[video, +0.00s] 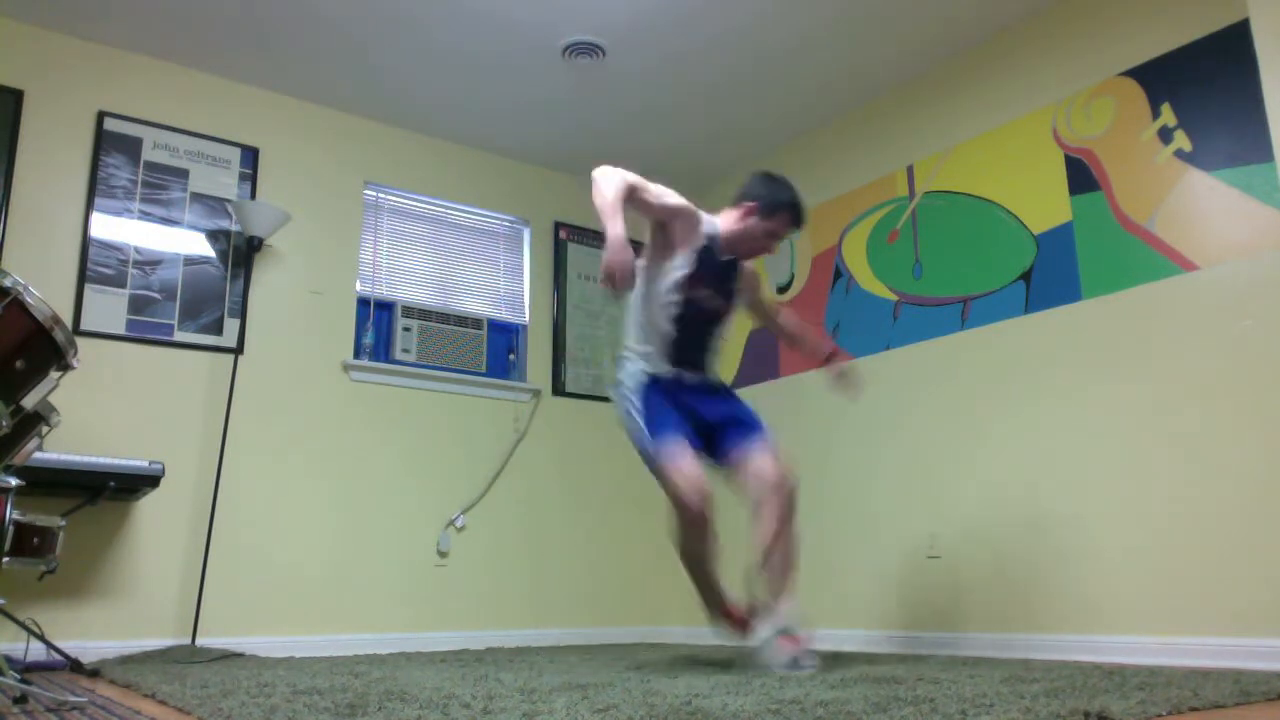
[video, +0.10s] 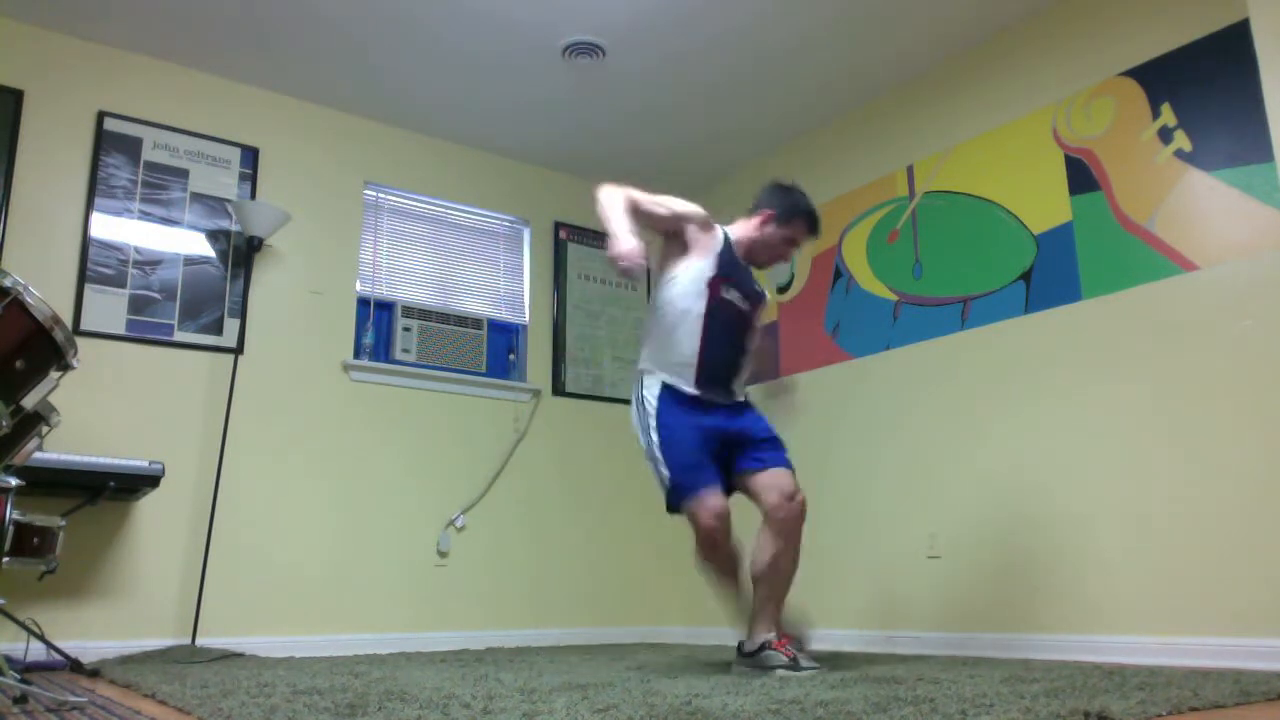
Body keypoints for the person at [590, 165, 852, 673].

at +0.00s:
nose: (769, 250)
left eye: (777, 243)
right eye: (770, 237)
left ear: (756, 225)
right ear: (745, 212)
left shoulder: (743, 272)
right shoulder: (683, 219)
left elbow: (775, 317)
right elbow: (608, 178)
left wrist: (829, 353)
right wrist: (616, 239)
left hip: (702, 388)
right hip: (649, 383)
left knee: (775, 481)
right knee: (693, 495)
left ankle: (772, 620)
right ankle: (718, 607)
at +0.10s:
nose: (788, 255)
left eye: (794, 248)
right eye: (789, 242)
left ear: (769, 228)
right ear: (763, 220)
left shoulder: (754, 297)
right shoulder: (699, 228)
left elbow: (742, 373)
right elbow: (611, 193)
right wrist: (622, 235)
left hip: (729, 405)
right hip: (670, 397)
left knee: (787, 504)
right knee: (712, 517)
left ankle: (761, 639)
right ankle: (762, 623)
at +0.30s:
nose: (774, 211)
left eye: (782, 207)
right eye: (775, 199)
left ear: (780, 204)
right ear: (756, 178)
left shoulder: (754, 235)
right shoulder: (688, 189)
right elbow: (688, 207)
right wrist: (741, 219)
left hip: (724, 368)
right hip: (671, 358)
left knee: (771, 480)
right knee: (709, 462)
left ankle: (775, 621)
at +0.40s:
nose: (770, 215)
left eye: (776, 208)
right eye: (771, 202)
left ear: (751, 185)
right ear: (745, 179)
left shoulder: (735, 225)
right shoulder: (686, 201)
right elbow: (743, 240)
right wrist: (824, 245)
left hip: (700, 371)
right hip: (662, 362)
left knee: (770, 476)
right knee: (707, 495)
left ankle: (777, 609)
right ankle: (655, 638)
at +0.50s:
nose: (783, 261)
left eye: (791, 255)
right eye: (786, 250)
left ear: (779, 233)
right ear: (771, 227)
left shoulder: (746, 255)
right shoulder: (704, 229)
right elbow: (726, 286)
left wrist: (811, 275)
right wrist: (815, 270)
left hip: (669, 383)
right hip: (634, 374)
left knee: (750, 469)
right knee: (684, 506)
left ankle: (746, 601)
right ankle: (654, 642)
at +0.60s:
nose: (800, 279)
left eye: (810, 271)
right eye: (805, 265)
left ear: (794, 245)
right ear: (789, 236)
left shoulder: (741, 284)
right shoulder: (718, 230)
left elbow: (693, 356)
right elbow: (664, 279)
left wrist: (722, 399)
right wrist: (714, 318)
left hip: (666, 379)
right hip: (635, 363)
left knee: (728, 488)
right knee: (672, 502)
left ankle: (672, 611)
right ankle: (650, 640)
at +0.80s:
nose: (763, 205)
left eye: (773, 201)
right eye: (762, 189)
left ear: (774, 210)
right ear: (739, 177)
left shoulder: (737, 260)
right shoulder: (700, 209)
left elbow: (773, 311)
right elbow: (652, 188)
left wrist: (777, 322)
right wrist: (596, 170)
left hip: (671, 371)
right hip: (679, 351)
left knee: (674, 498)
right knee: (794, 417)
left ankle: (629, 629)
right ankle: (766, 538)